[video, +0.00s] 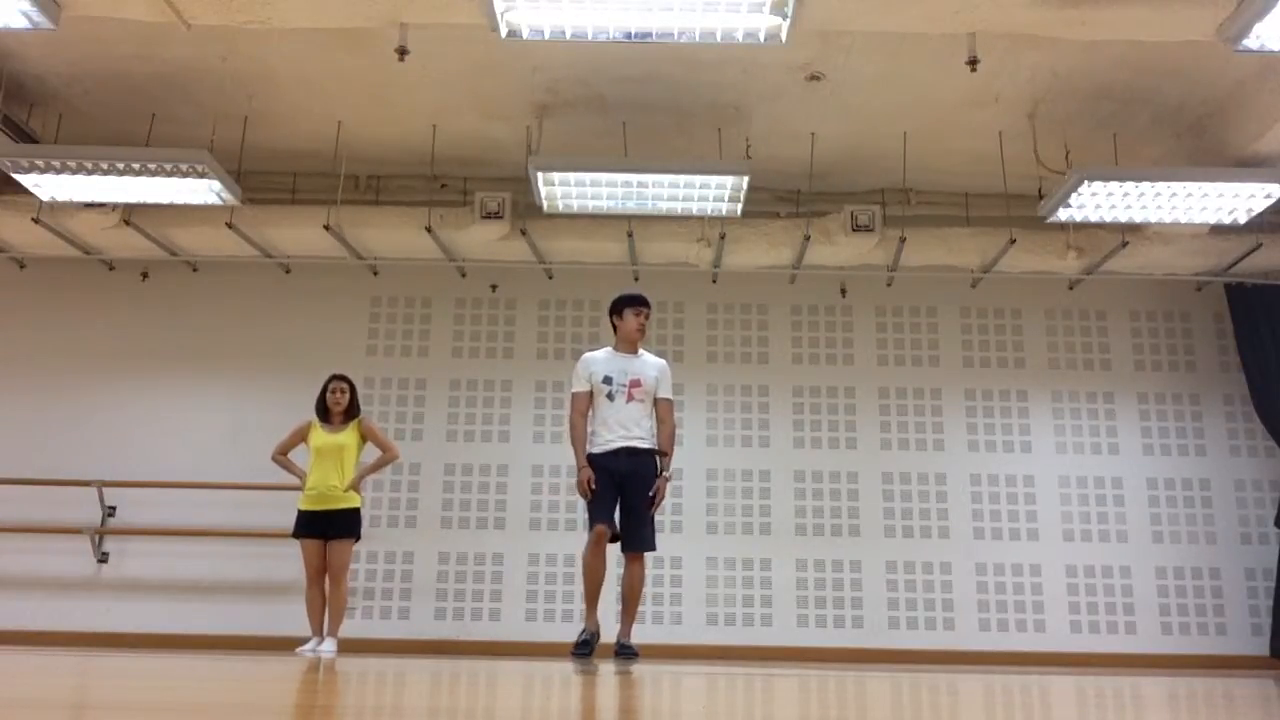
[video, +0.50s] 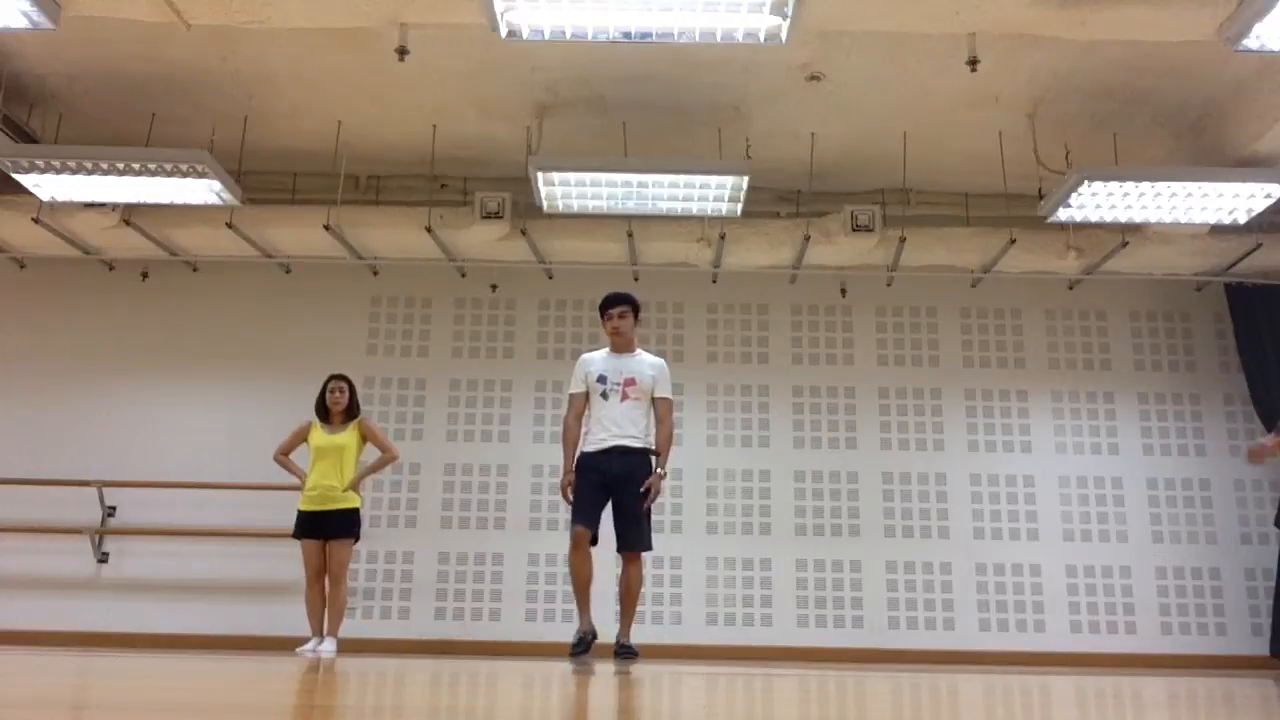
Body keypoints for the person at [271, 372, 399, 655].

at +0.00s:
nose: (337, 396)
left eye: (343, 392)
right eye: (332, 391)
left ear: (351, 397)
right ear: (324, 396)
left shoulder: (360, 426)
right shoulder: (311, 427)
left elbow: (393, 453)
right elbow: (277, 454)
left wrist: (361, 476)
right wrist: (302, 475)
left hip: (344, 507)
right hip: (311, 506)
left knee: (337, 577)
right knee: (313, 576)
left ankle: (332, 637)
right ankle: (316, 636)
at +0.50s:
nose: (336, 395)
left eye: (342, 391)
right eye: (331, 391)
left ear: (350, 397)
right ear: (324, 396)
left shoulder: (360, 426)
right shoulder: (311, 427)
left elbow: (392, 454)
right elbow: (279, 455)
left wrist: (360, 477)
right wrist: (302, 476)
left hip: (343, 506)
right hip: (311, 506)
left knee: (337, 576)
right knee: (313, 577)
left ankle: (331, 637)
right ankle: (315, 636)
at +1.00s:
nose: (336, 395)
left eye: (341, 391)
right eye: (331, 391)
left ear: (350, 396)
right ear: (324, 396)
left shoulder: (360, 426)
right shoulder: (312, 426)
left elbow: (392, 454)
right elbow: (279, 454)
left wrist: (359, 477)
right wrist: (301, 475)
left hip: (343, 506)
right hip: (310, 506)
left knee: (337, 577)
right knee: (313, 578)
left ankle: (330, 638)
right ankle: (315, 637)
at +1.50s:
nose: (337, 396)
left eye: (343, 392)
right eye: (333, 391)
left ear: (351, 397)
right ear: (325, 396)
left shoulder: (359, 426)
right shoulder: (314, 426)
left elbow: (377, 437)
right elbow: (282, 453)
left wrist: (363, 406)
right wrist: (303, 471)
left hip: (343, 506)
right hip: (311, 505)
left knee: (335, 577)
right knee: (309, 576)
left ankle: (329, 638)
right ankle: (309, 636)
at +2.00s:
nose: (339, 395)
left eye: (344, 392)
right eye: (335, 391)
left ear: (350, 399)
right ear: (324, 395)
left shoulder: (355, 429)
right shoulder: (309, 426)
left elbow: (379, 426)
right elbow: (273, 453)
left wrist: (362, 403)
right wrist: (298, 472)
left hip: (342, 506)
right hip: (309, 505)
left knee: (333, 576)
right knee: (309, 575)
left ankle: (325, 638)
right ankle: (308, 636)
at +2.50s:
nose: (338, 396)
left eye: (343, 392)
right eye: (333, 391)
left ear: (349, 398)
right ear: (322, 396)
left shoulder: (354, 428)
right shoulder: (308, 426)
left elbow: (382, 450)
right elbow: (268, 451)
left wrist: (362, 421)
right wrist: (286, 481)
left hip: (341, 506)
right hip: (308, 505)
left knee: (331, 576)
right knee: (308, 576)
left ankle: (325, 637)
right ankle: (308, 636)